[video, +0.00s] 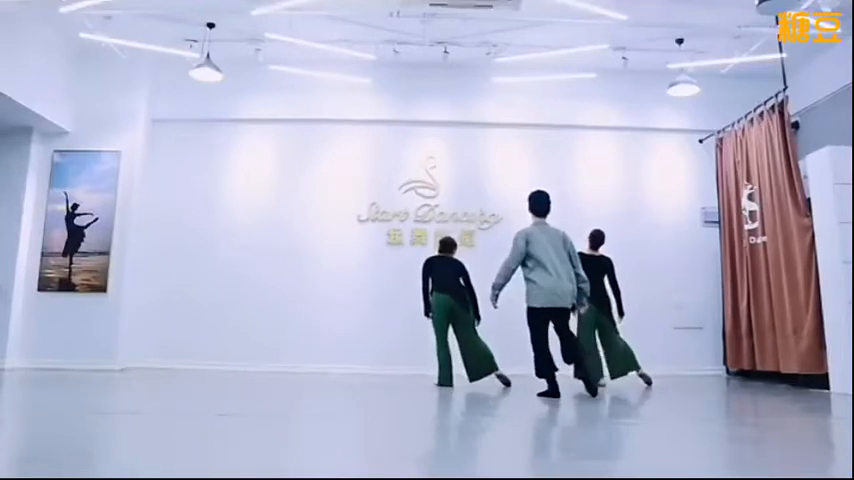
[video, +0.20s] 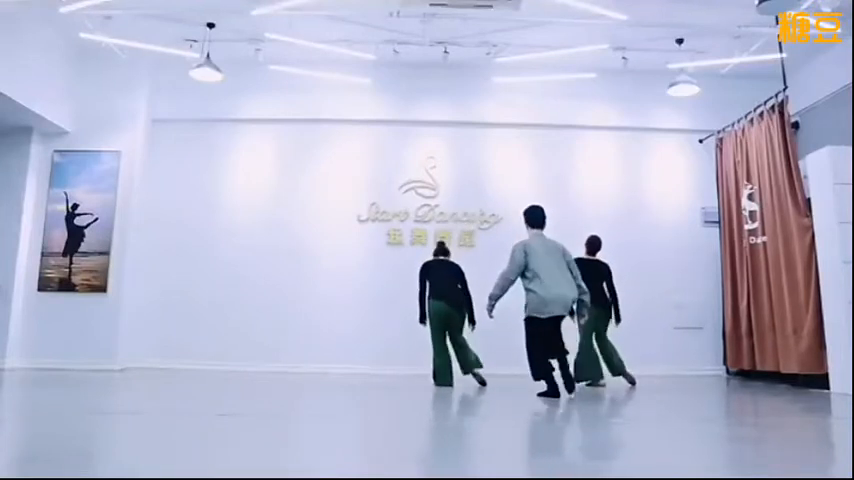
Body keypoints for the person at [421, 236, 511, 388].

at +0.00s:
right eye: (454, 250)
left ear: (439, 248)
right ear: (454, 250)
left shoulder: (430, 262)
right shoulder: (458, 264)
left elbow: (425, 286)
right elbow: (469, 288)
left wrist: (427, 307)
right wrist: (476, 312)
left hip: (439, 299)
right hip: (459, 300)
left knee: (441, 341)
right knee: (472, 337)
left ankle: (445, 379)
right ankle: (495, 370)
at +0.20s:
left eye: (438, 254)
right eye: (445, 255)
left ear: (434, 254)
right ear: (448, 254)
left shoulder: (427, 266)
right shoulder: (455, 267)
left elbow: (422, 292)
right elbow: (466, 292)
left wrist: (422, 314)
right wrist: (471, 315)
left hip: (436, 307)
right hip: (456, 307)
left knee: (439, 343)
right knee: (457, 338)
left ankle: (443, 379)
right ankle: (472, 367)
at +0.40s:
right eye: (444, 258)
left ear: (432, 257)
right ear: (446, 258)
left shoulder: (425, 267)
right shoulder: (454, 269)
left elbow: (421, 292)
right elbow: (461, 295)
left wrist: (419, 315)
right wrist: (465, 318)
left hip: (434, 308)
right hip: (453, 309)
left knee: (436, 345)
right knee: (448, 339)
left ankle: (439, 379)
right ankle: (448, 369)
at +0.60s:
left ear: (430, 247)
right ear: (443, 248)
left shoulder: (422, 258)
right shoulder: (452, 261)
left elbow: (418, 285)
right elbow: (456, 289)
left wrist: (416, 307)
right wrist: (459, 312)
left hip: (430, 303)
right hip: (448, 306)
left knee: (435, 341)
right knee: (439, 341)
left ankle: (445, 376)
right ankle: (430, 373)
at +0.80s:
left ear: (427, 234)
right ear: (440, 236)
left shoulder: (419, 245)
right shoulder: (448, 248)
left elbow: (414, 271)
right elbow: (452, 276)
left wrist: (412, 293)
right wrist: (454, 300)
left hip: (425, 290)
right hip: (444, 293)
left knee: (431, 331)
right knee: (438, 332)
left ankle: (442, 370)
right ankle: (427, 368)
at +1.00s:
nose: (433, 227)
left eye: (428, 223)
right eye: (435, 224)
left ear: (423, 223)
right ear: (438, 225)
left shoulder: (414, 236)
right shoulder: (443, 241)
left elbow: (409, 263)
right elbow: (446, 270)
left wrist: (407, 286)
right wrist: (449, 293)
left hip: (419, 287)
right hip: (438, 289)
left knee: (421, 328)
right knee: (435, 328)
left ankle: (426, 370)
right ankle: (428, 369)